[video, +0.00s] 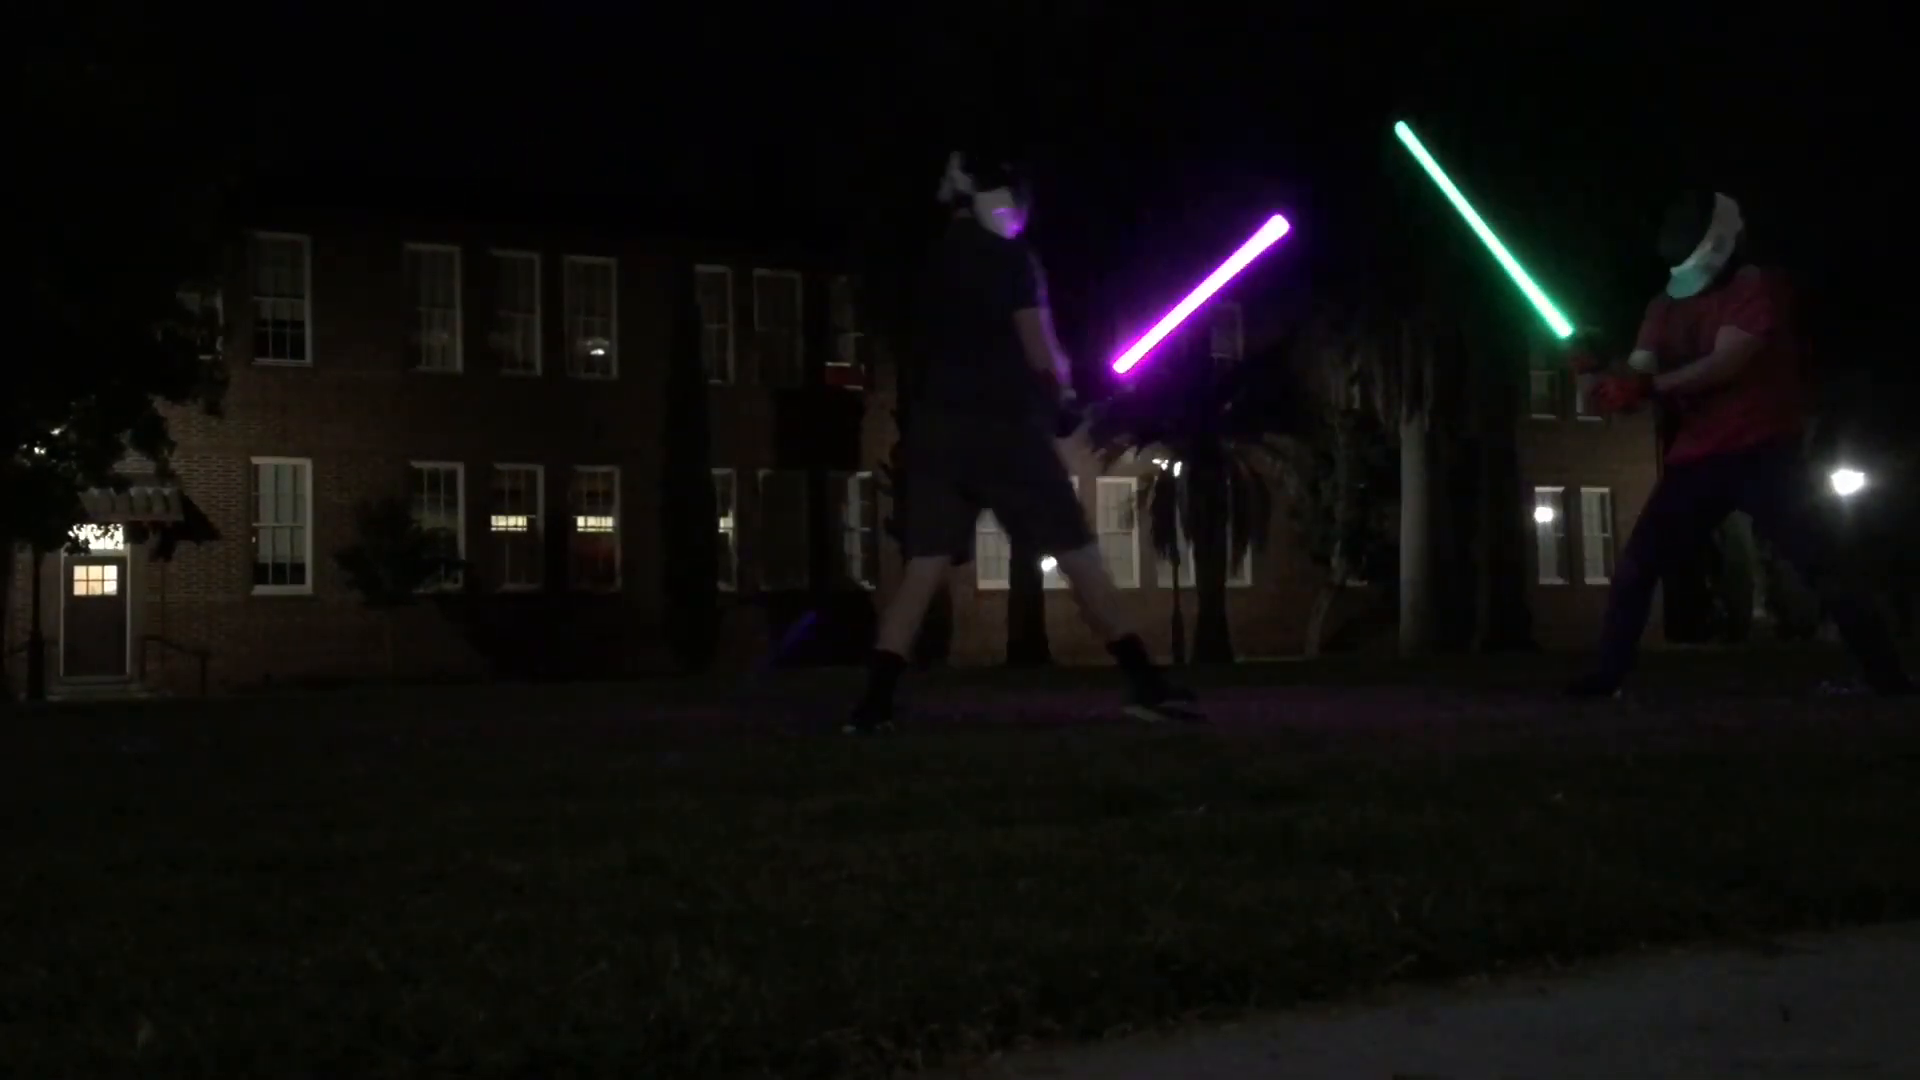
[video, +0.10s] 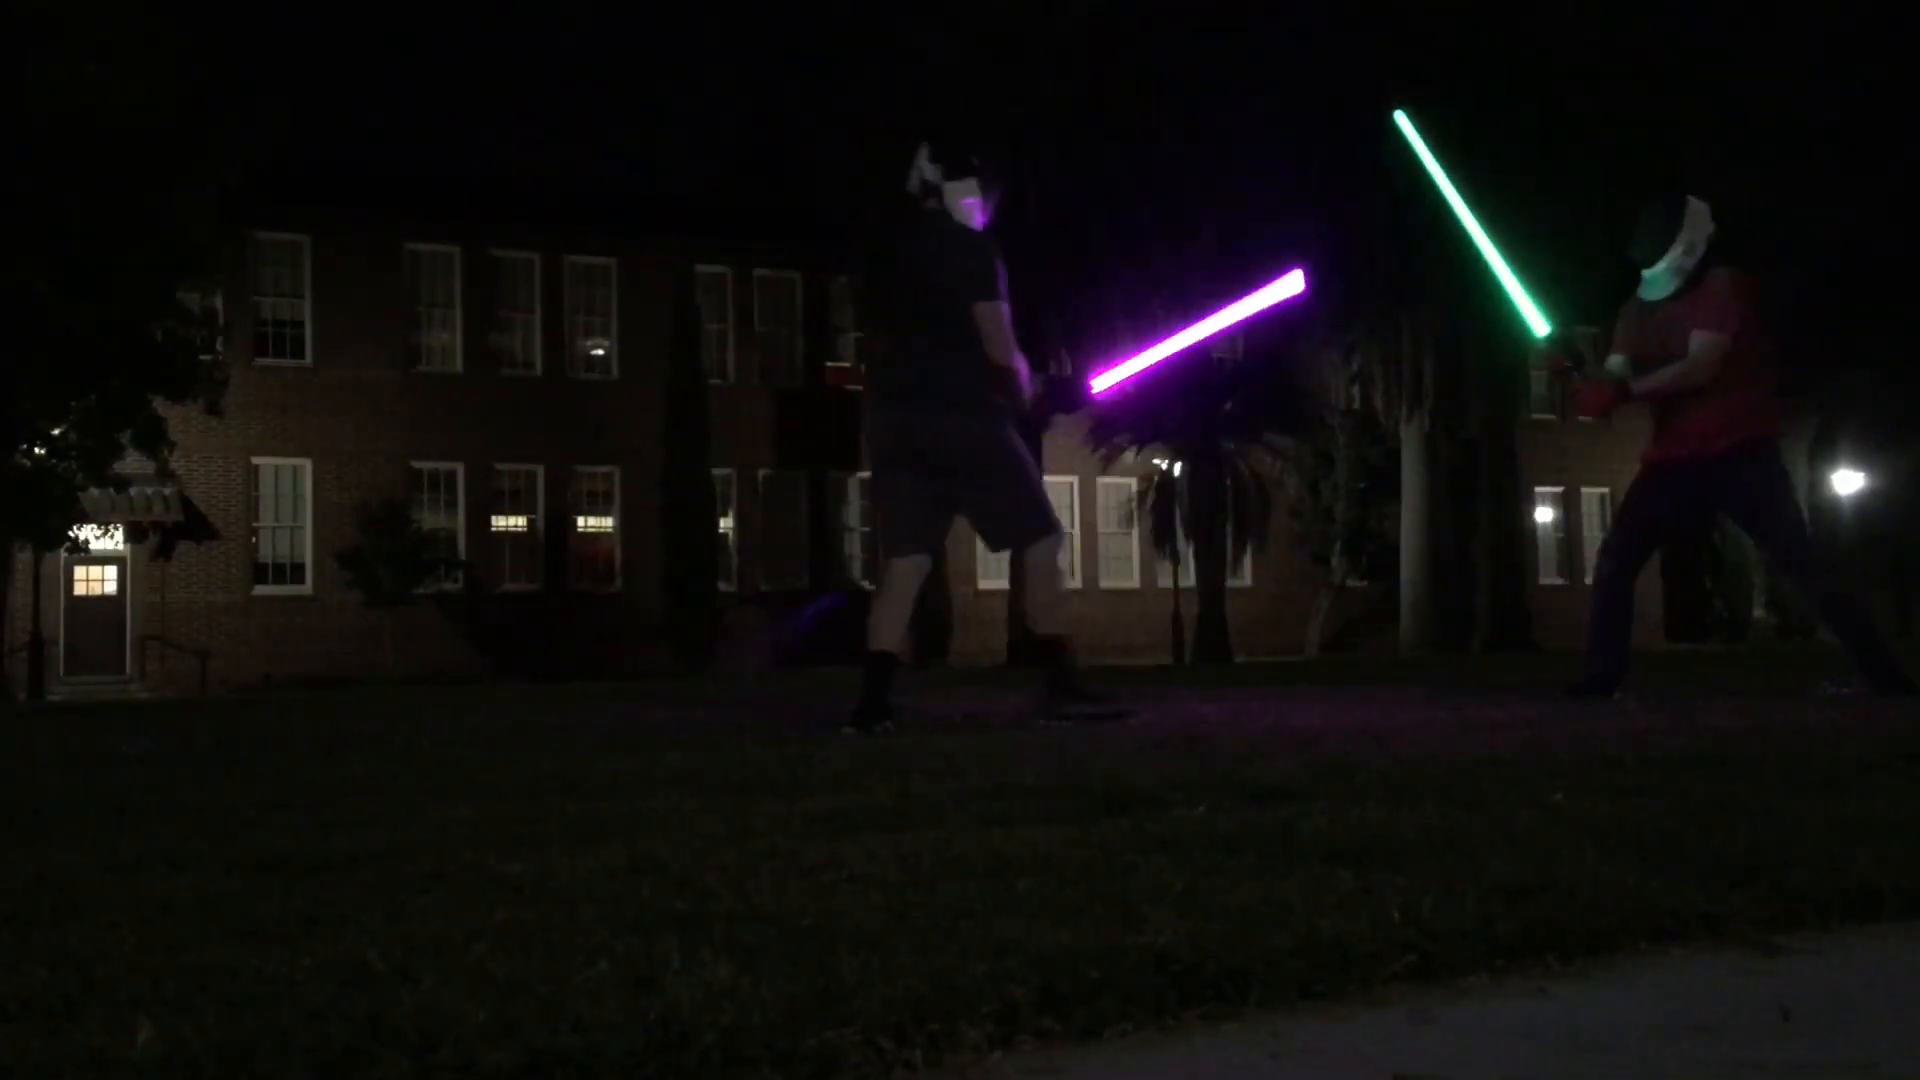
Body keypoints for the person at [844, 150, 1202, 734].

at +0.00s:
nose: (1021, 217)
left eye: (1020, 204)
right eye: (1012, 205)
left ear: (962, 206)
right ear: (987, 205)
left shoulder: (928, 261)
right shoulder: (1011, 260)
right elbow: (1041, 353)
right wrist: (1065, 391)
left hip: (937, 440)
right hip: (1009, 440)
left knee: (923, 569)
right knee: (1083, 564)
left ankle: (874, 699)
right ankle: (1145, 684)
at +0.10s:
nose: (986, 208)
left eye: (985, 196)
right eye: (978, 195)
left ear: (929, 194)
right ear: (955, 193)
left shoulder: (890, 248)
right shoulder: (971, 250)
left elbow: (885, 344)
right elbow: (998, 347)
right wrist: (1025, 384)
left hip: (899, 427)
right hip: (969, 427)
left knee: (905, 560)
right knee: (1040, 541)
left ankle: (873, 701)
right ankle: (1057, 684)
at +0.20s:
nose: (962, 200)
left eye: (961, 188)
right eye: (956, 188)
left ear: (908, 186)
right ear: (934, 186)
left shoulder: (876, 239)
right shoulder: (946, 242)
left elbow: (875, 335)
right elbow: (967, 333)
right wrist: (994, 382)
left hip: (874, 416)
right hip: (937, 415)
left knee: (893, 553)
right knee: (1007, 533)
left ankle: (871, 703)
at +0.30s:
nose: (942, 198)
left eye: (941, 184)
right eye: (933, 184)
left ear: (891, 185)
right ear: (908, 184)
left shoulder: (858, 236)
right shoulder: (921, 240)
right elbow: (944, 334)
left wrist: (940, 407)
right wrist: (973, 397)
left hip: (854, 415)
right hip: (908, 416)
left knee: (886, 549)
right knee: (951, 543)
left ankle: (862, 673)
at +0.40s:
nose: (922, 196)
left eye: (920, 184)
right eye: (914, 184)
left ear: (871, 187)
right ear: (888, 186)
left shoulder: (850, 237)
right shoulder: (898, 241)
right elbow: (923, 338)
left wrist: (935, 396)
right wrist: (952, 396)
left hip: (852, 410)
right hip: (882, 415)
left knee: (882, 555)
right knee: (880, 555)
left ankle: (870, 698)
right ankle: (776, 667)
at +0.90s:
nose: (900, 192)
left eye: (896, 179)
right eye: (891, 179)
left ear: (849, 185)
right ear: (867, 184)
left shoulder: (837, 237)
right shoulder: (872, 238)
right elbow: (908, 342)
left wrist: (927, 407)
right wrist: (943, 405)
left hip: (872, 428)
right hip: (849, 427)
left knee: (911, 553)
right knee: (828, 564)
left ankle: (885, 704)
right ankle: (741, 701)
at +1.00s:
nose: (912, 193)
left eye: (909, 180)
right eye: (903, 181)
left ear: (866, 184)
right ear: (878, 183)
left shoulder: (848, 233)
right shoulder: (881, 234)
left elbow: (903, 333)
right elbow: (914, 337)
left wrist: (956, 388)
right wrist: (952, 399)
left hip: (865, 413)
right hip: (870, 415)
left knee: (906, 555)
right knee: (891, 553)